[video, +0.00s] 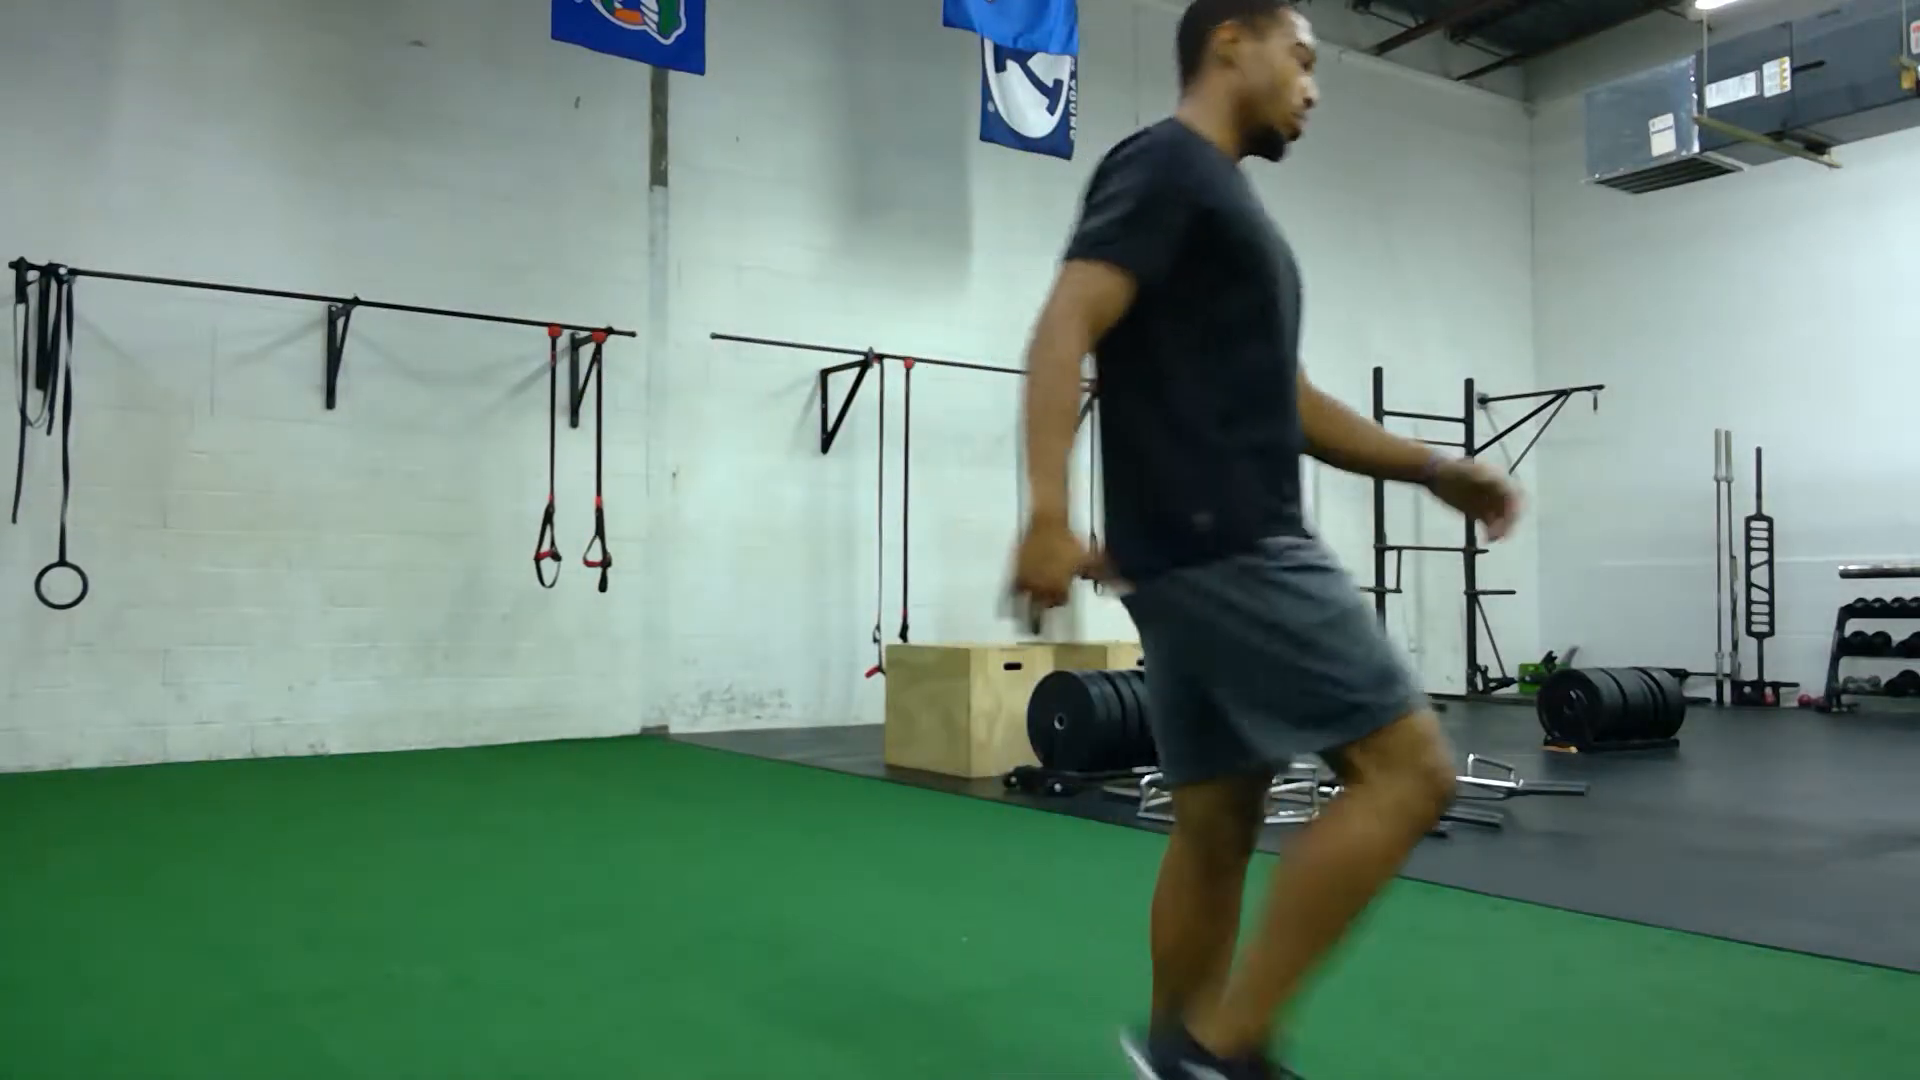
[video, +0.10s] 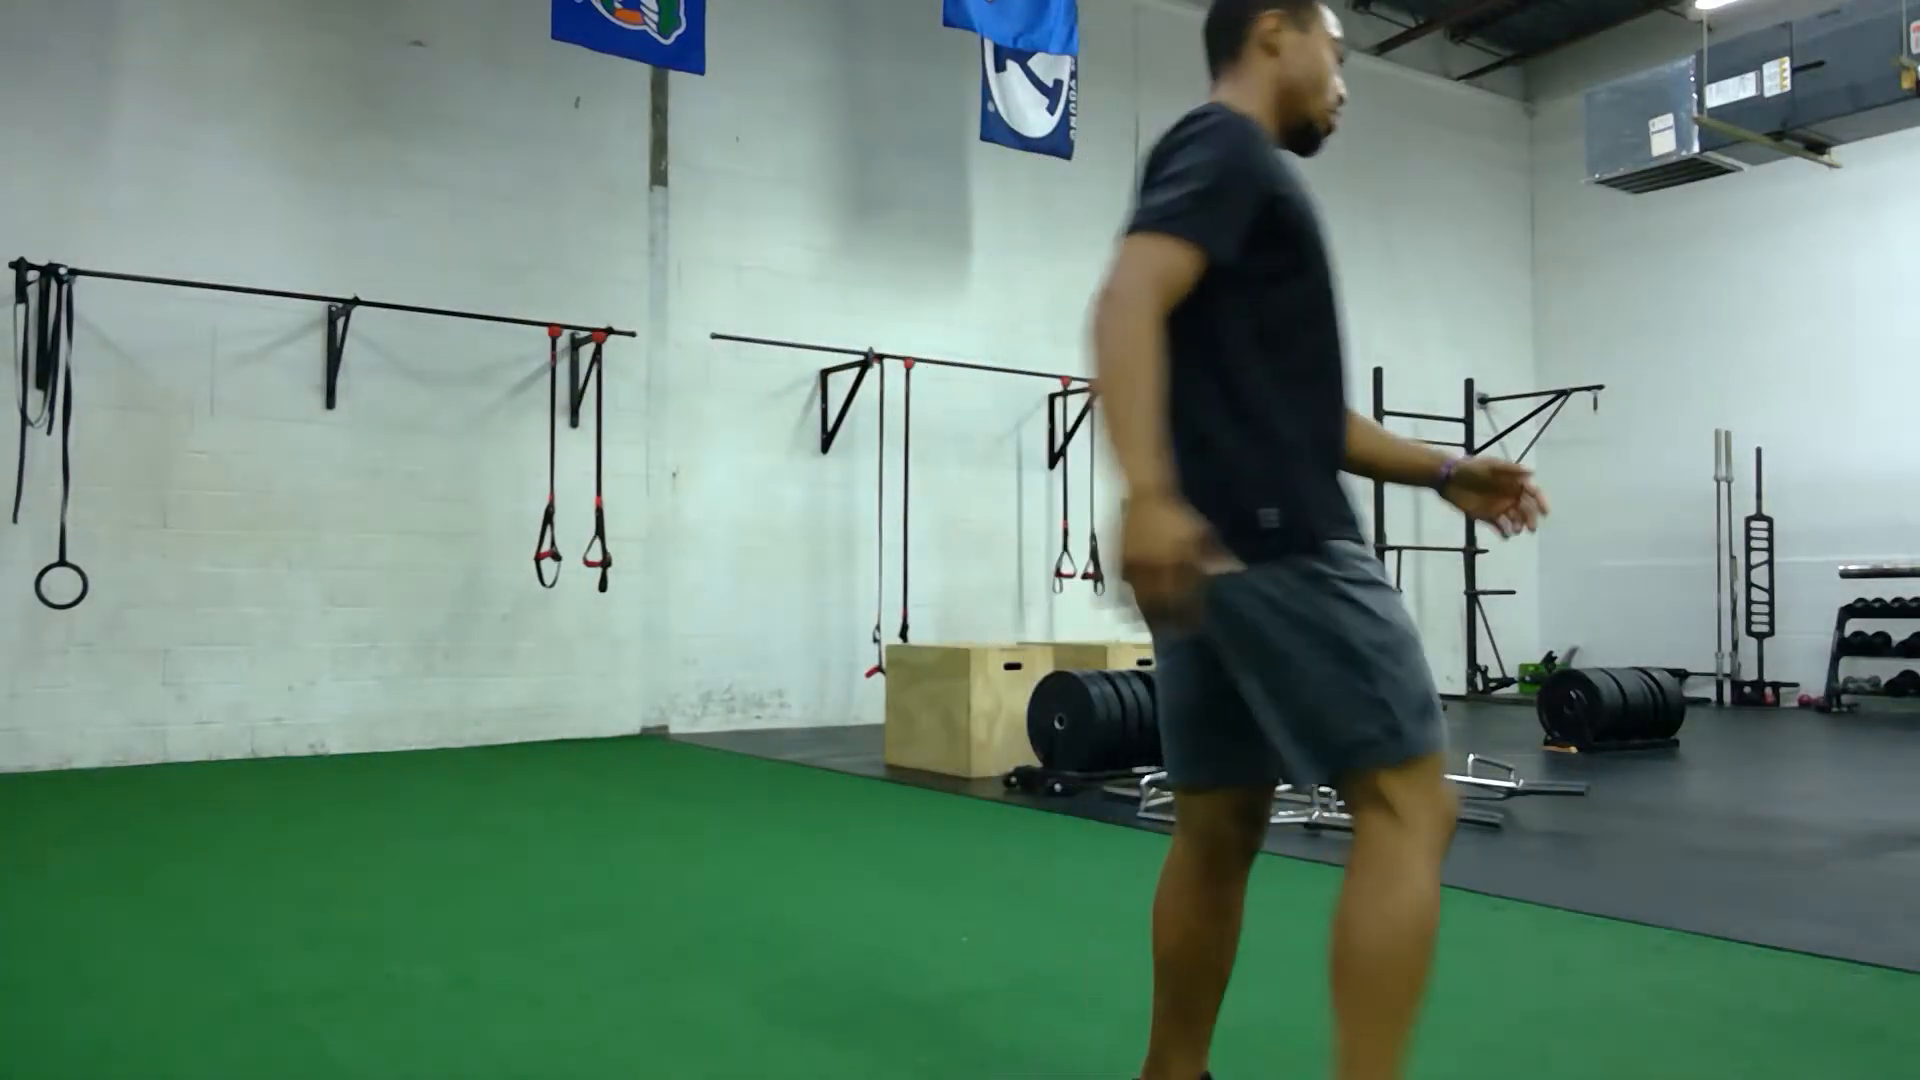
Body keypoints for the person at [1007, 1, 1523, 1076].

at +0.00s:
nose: (1314, 89)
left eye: (1315, 69)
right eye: (1302, 59)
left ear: (1234, 55)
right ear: (1232, 48)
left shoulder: (1224, 197)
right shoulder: (1165, 163)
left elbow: (1285, 400)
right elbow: (1063, 327)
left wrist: (1436, 468)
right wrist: (1048, 520)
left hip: (1196, 556)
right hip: (1232, 548)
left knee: (1214, 823)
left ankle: (1179, 1048)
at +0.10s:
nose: (1344, 85)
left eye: (1344, 62)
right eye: (1335, 51)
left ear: (1269, 44)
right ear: (1273, 34)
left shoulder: (1250, 175)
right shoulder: (1226, 143)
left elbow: (1288, 409)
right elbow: (1127, 301)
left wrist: (1445, 468)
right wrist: (1150, 493)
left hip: (1205, 550)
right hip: (1283, 543)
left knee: (1215, 827)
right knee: (1410, 804)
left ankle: (1174, 1066)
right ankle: (1369, 1067)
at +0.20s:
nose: (1360, 69)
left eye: (1356, 46)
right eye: (1354, 42)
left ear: (1248, 58)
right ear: (1319, 38)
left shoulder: (1213, 168)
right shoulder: (1304, 129)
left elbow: (1273, 400)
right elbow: (1228, 278)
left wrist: (1410, 514)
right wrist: (1283, 481)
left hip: (1211, 556)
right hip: (1319, 551)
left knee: (1248, 834)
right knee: (1394, 856)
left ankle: (1177, 1068)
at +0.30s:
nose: (1376, 66)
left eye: (1370, 45)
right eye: (1373, 43)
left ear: (1258, 61)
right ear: (1351, 36)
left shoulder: (1195, 196)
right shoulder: (1373, 121)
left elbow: (1203, 377)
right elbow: (1378, 266)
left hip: (1214, 555)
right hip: (1344, 551)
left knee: (1290, 831)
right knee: (1388, 860)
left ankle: (1199, 1066)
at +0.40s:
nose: (1393, 35)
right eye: (1394, 26)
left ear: (1272, 40)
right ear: (1378, 21)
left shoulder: (1196, 177)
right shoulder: (1423, 113)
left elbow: (1172, 399)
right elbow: (1513, 247)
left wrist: (1196, 548)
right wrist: (1637, 464)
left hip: (1216, 541)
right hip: (1360, 537)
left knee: (1270, 820)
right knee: (1379, 858)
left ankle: (1213, 1067)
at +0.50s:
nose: (1399, 23)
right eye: (1398, 15)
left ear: (1270, 35)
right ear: (1387, 18)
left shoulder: (1205, 167)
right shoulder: (1474, 121)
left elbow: (1127, 381)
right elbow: (1599, 273)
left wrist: (1088, 531)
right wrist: (1697, 487)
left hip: (1228, 546)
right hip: (1397, 546)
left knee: (1217, 819)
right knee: (1378, 877)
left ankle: (1179, 1067)